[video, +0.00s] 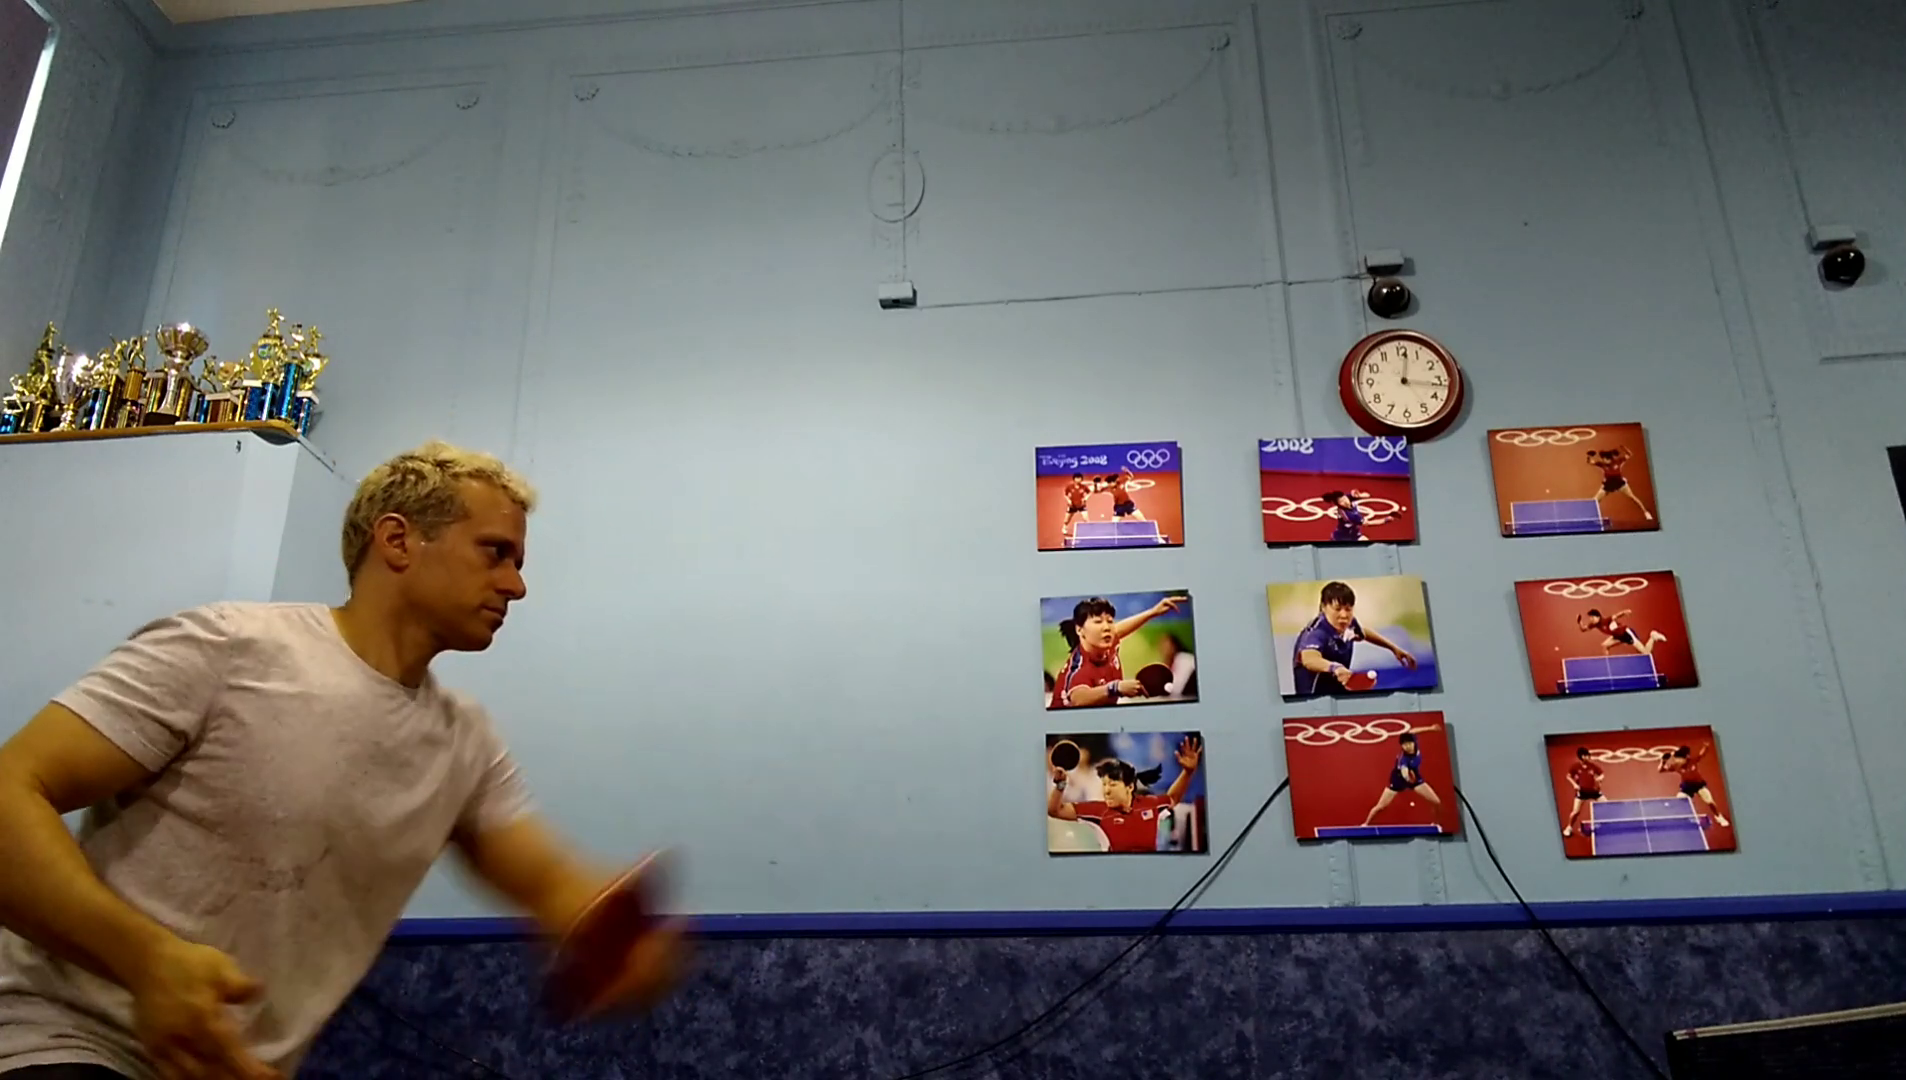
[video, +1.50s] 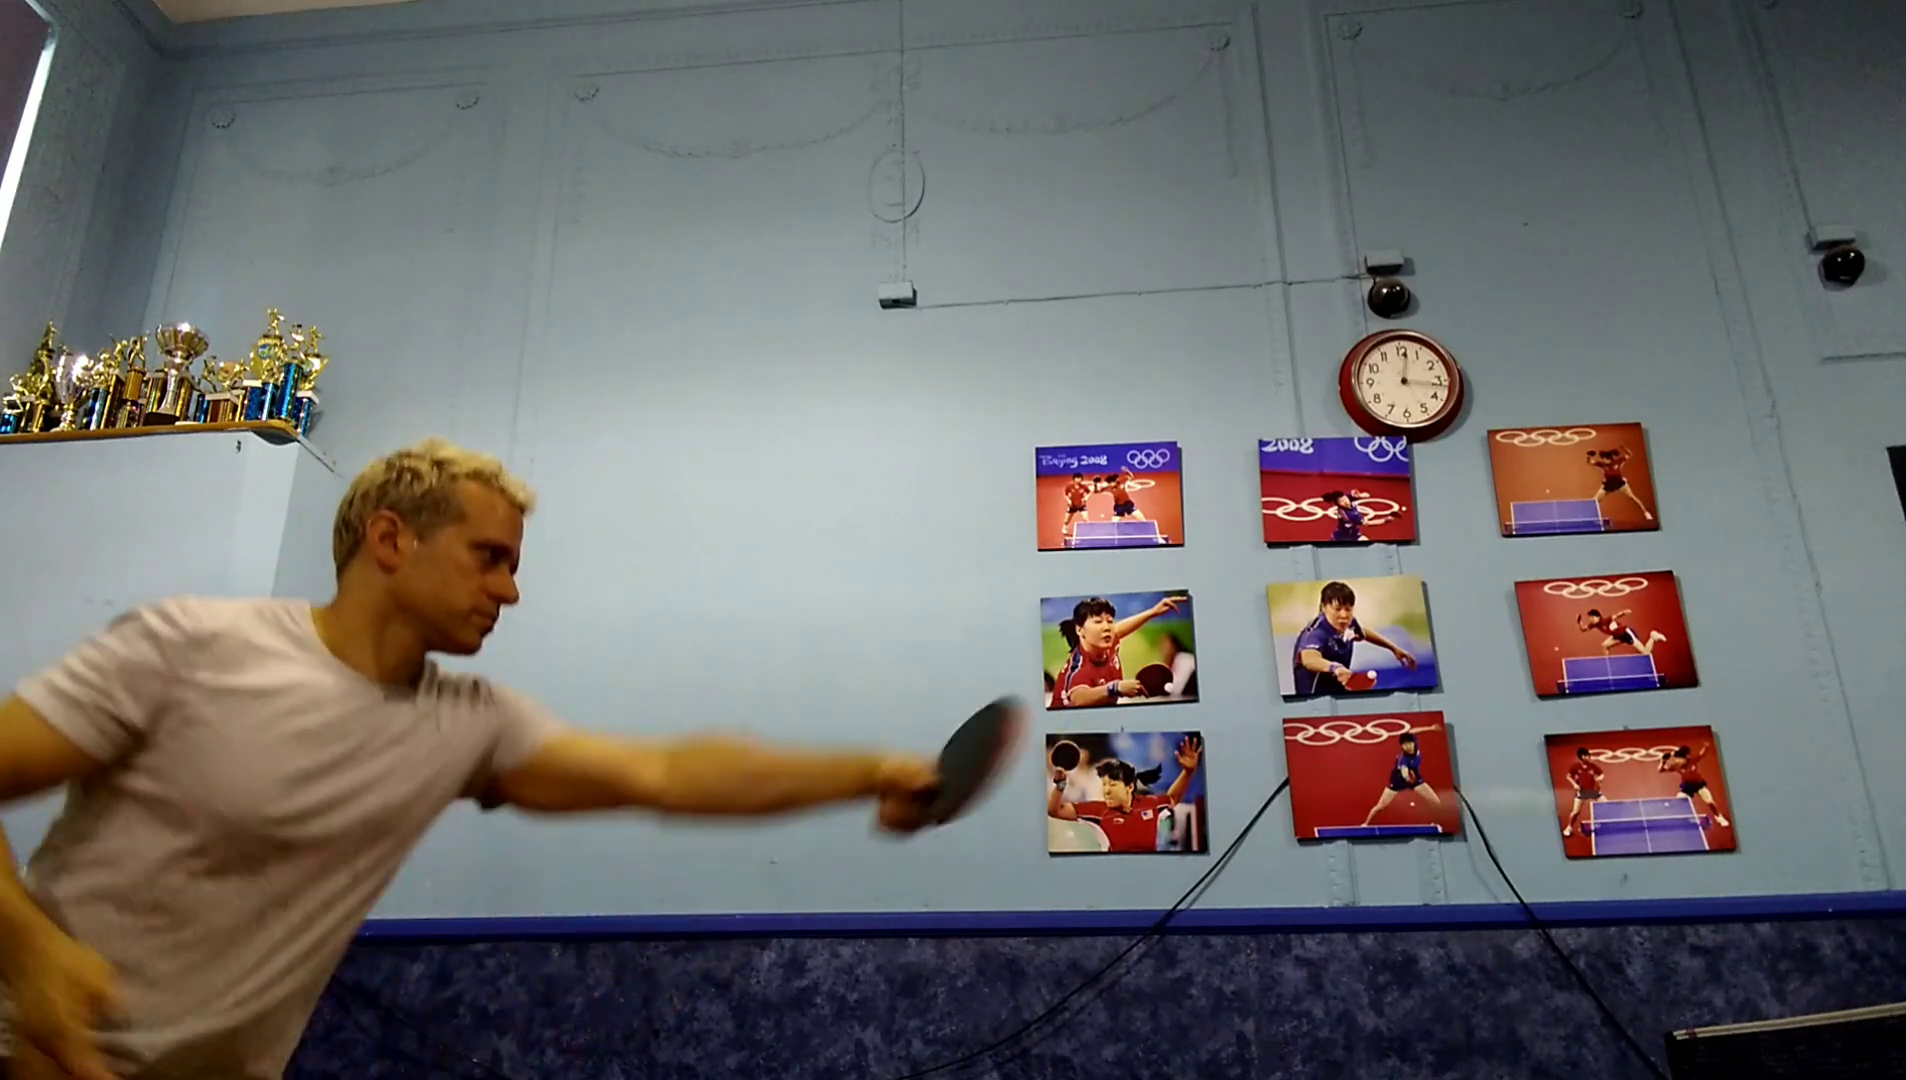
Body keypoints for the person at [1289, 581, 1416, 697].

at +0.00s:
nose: (1344, 615)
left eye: (1348, 609)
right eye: (1338, 609)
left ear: (1353, 609)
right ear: (1324, 608)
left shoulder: (1349, 624)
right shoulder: (1316, 633)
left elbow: (1364, 633)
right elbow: (1309, 660)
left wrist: (1394, 649)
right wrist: (1335, 668)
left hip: (1341, 703)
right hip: (1314, 707)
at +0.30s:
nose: (1344, 615)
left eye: (1348, 609)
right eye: (1338, 609)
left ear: (1353, 609)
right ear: (1324, 608)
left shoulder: (1349, 624)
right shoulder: (1316, 632)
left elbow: (1364, 634)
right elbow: (1309, 660)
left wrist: (1395, 649)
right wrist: (1335, 667)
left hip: (1341, 704)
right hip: (1314, 708)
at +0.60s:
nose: (1344, 615)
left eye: (1348, 609)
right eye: (1338, 609)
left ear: (1353, 609)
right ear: (1324, 608)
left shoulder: (1349, 624)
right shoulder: (1316, 633)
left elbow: (1364, 634)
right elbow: (1309, 660)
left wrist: (1395, 649)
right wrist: (1335, 668)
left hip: (1341, 704)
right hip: (1314, 708)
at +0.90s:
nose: (1344, 615)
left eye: (1348, 609)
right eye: (1338, 609)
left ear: (1353, 609)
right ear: (1324, 608)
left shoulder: (1349, 624)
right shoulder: (1316, 633)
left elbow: (1364, 633)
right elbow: (1309, 660)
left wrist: (1394, 649)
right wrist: (1335, 668)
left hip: (1341, 703)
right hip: (1314, 707)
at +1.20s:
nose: (1344, 615)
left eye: (1348, 609)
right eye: (1338, 609)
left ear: (1353, 609)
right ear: (1324, 608)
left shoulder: (1349, 624)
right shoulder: (1316, 633)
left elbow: (1364, 634)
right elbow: (1309, 660)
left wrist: (1395, 649)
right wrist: (1335, 668)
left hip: (1341, 704)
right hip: (1314, 708)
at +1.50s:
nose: (1344, 615)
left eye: (1348, 609)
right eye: (1338, 609)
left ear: (1353, 609)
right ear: (1324, 608)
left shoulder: (1349, 624)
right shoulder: (1316, 633)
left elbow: (1364, 634)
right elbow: (1309, 660)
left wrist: (1395, 649)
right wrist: (1335, 668)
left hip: (1341, 704)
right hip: (1314, 708)